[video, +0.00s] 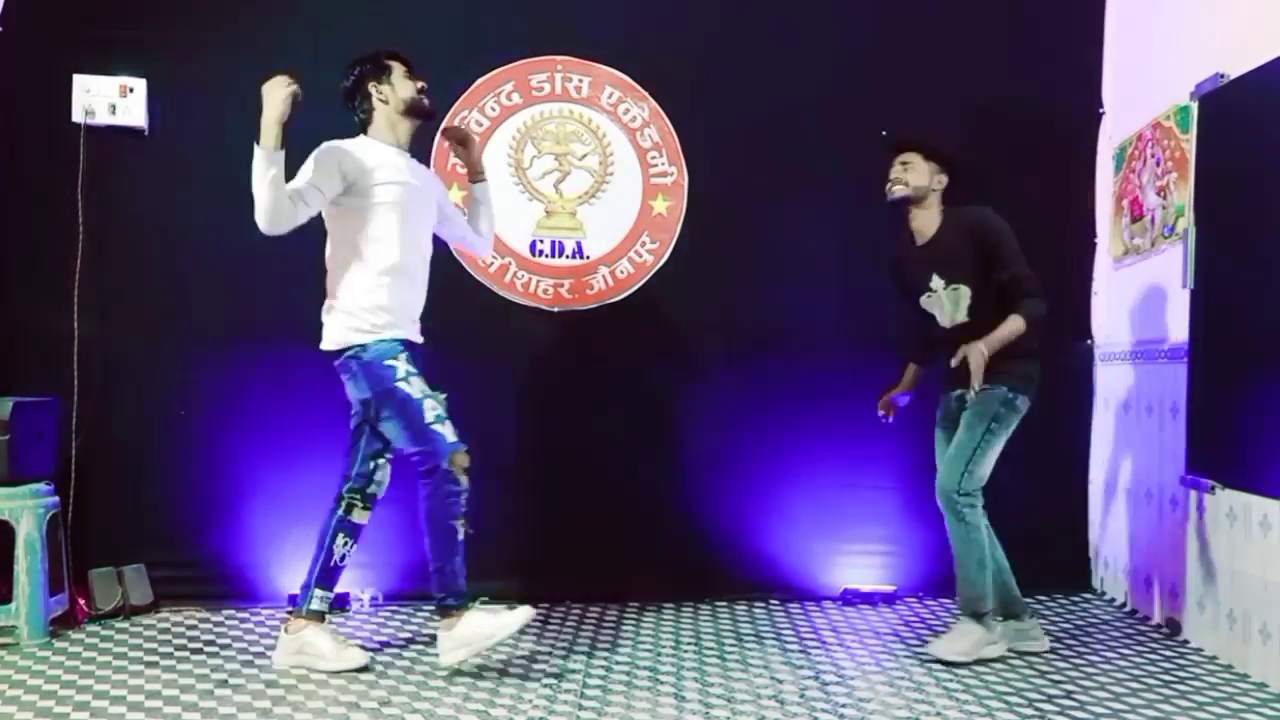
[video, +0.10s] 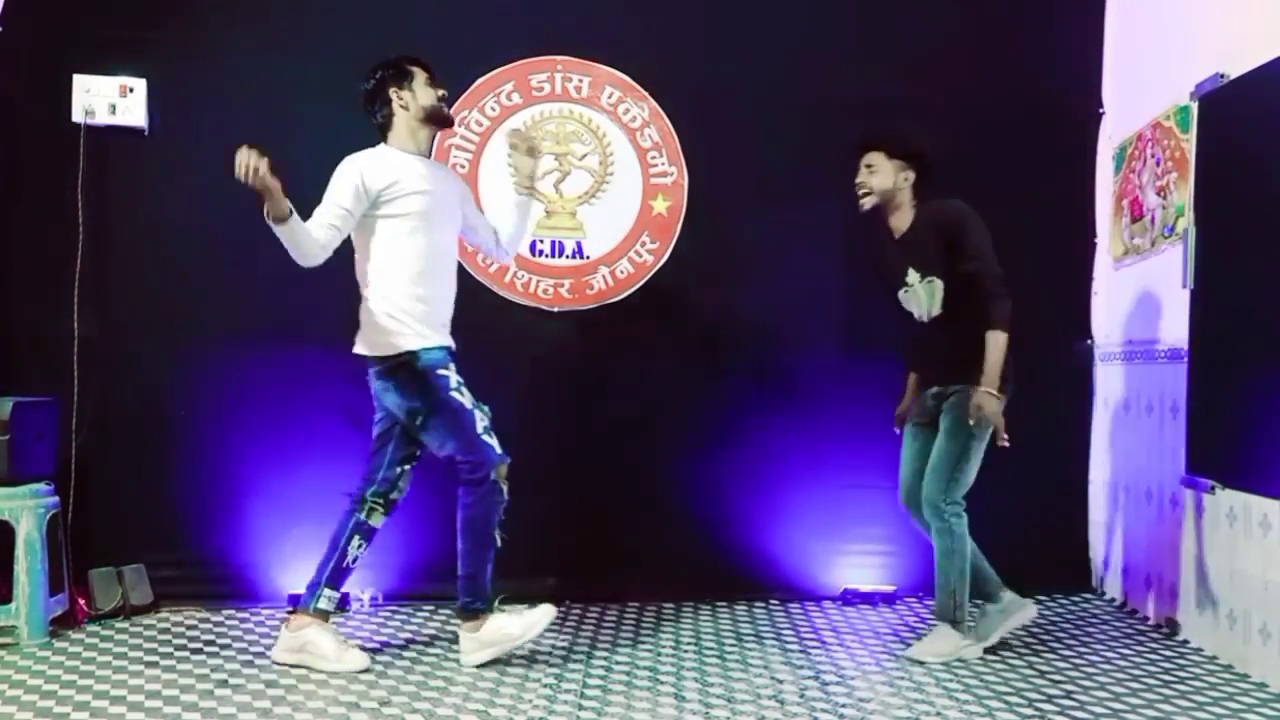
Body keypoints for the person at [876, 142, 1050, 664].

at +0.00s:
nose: (895, 176)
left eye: (908, 167)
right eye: (893, 168)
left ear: (939, 179)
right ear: (892, 184)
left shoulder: (978, 225)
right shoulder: (905, 255)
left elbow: (1031, 305)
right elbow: (926, 330)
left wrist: (986, 343)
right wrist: (905, 387)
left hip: (1005, 378)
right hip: (956, 384)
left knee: (956, 489)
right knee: (958, 495)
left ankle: (979, 621)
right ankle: (1016, 620)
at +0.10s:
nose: (861, 180)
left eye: (872, 169)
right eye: (860, 171)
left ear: (906, 175)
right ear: (873, 182)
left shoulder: (951, 219)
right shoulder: (892, 245)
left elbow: (996, 302)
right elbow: (926, 323)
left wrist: (990, 387)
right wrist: (912, 385)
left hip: (972, 385)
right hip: (929, 387)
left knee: (943, 499)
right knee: (915, 498)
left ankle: (954, 628)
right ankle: (1000, 601)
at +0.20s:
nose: (832, 178)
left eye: (842, 169)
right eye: (834, 169)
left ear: (875, 179)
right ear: (859, 180)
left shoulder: (913, 225)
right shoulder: (870, 237)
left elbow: (965, 302)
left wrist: (991, 393)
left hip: (948, 386)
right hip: (907, 384)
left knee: (927, 499)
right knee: (872, 491)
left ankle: (957, 630)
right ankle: (931, 601)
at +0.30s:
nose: (809, 172)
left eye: (820, 165)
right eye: (812, 164)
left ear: (852, 178)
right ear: (838, 177)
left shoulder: (878, 229)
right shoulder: (848, 232)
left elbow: (938, 303)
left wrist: (971, 392)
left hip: (920, 385)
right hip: (883, 383)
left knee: (889, 494)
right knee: (850, 490)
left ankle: (945, 617)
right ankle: (868, 615)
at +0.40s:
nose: (790, 168)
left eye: (801, 161)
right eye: (793, 160)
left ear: (833, 175)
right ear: (823, 177)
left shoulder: (855, 229)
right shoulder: (832, 232)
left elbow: (913, 306)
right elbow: (873, 309)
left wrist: (934, 396)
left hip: (886, 382)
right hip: (858, 381)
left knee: (837, 482)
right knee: (830, 483)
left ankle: (896, 602)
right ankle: (866, 609)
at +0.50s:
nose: (769, 160)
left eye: (780, 152)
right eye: (772, 152)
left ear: (813, 163)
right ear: (797, 164)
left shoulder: (842, 218)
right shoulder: (809, 224)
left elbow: (891, 303)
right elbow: (833, 308)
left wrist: (894, 392)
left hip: (853, 381)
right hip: (828, 379)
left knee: (807, 487)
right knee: (825, 495)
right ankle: (871, 615)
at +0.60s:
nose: (753, 157)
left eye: (761, 147)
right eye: (754, 147)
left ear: (795, 153)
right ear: (782, 155)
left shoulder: (833, 208)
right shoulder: (792, 218)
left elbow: (873, 297)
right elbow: (805, 303)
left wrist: (860, 387)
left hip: (822, 377)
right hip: (793, 375)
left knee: (786, 493)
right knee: (779, 491)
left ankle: (773, 629)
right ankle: (855, 598)